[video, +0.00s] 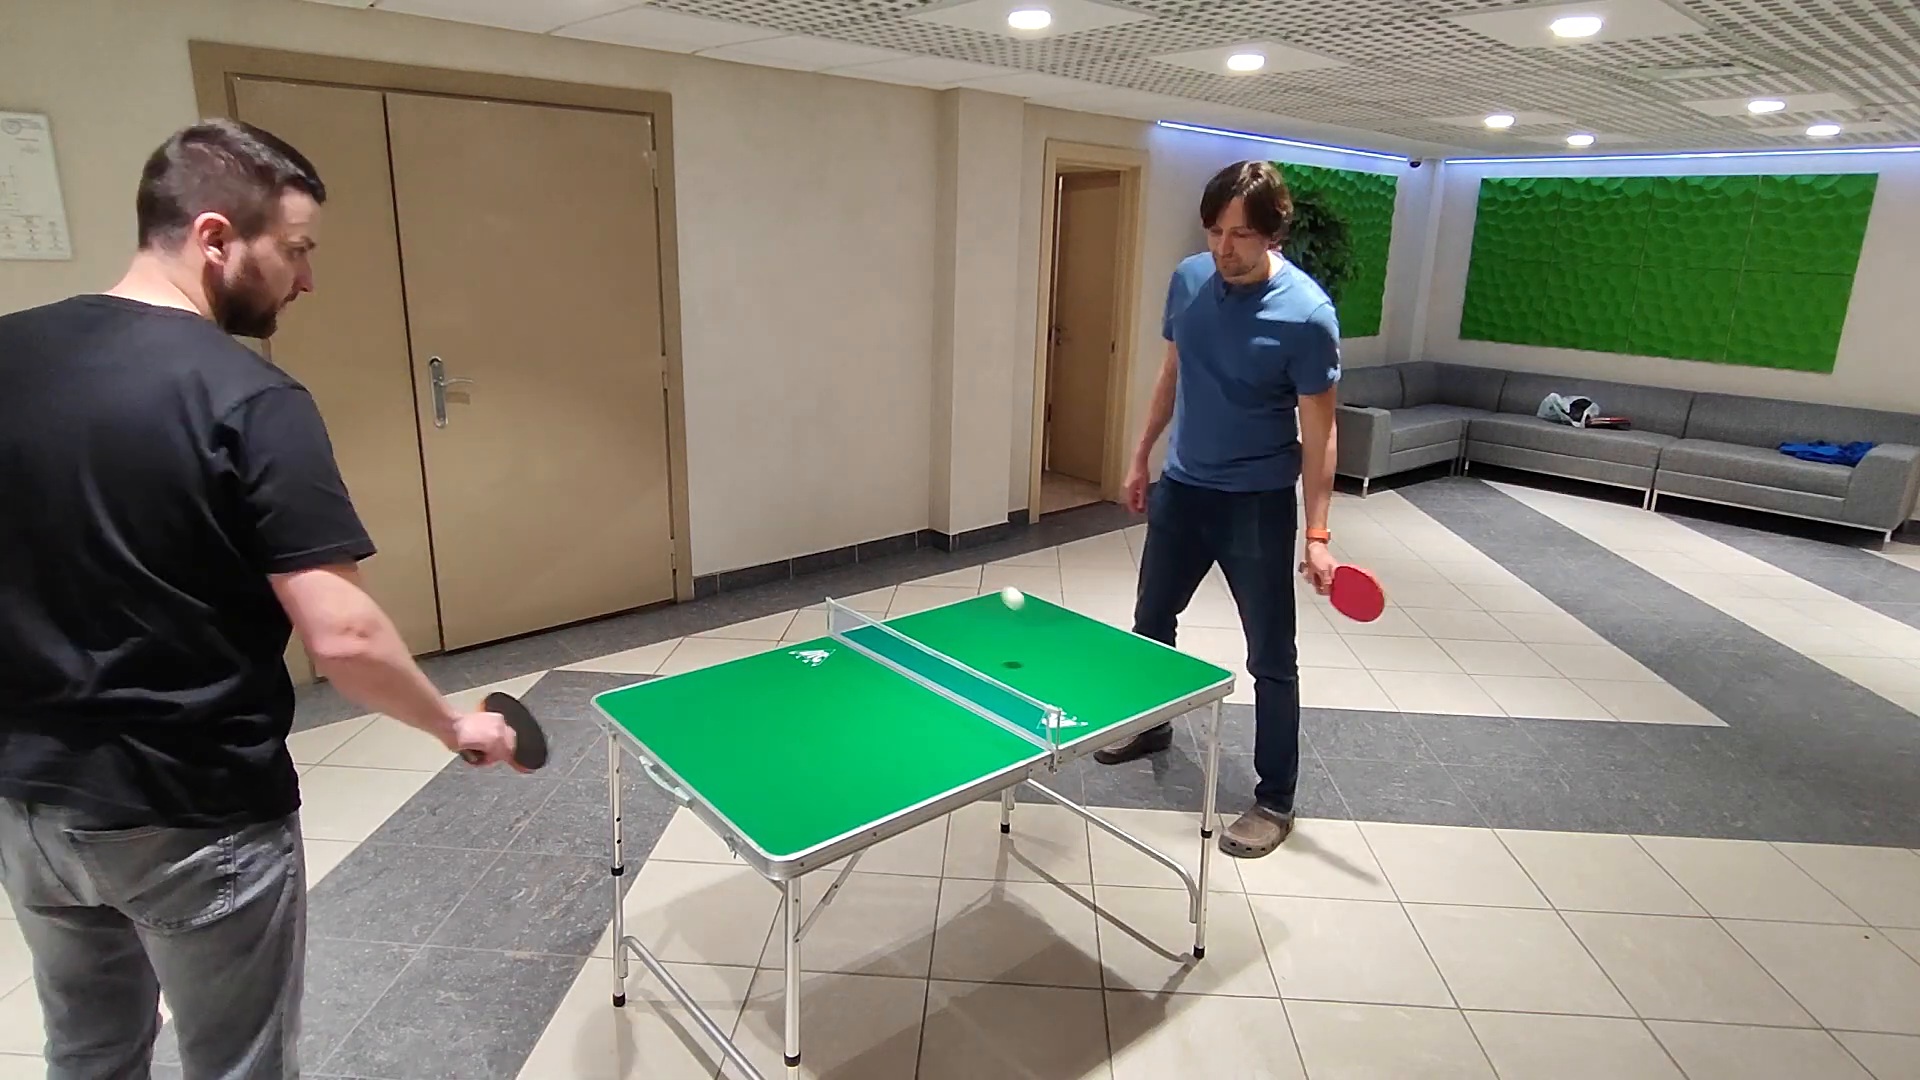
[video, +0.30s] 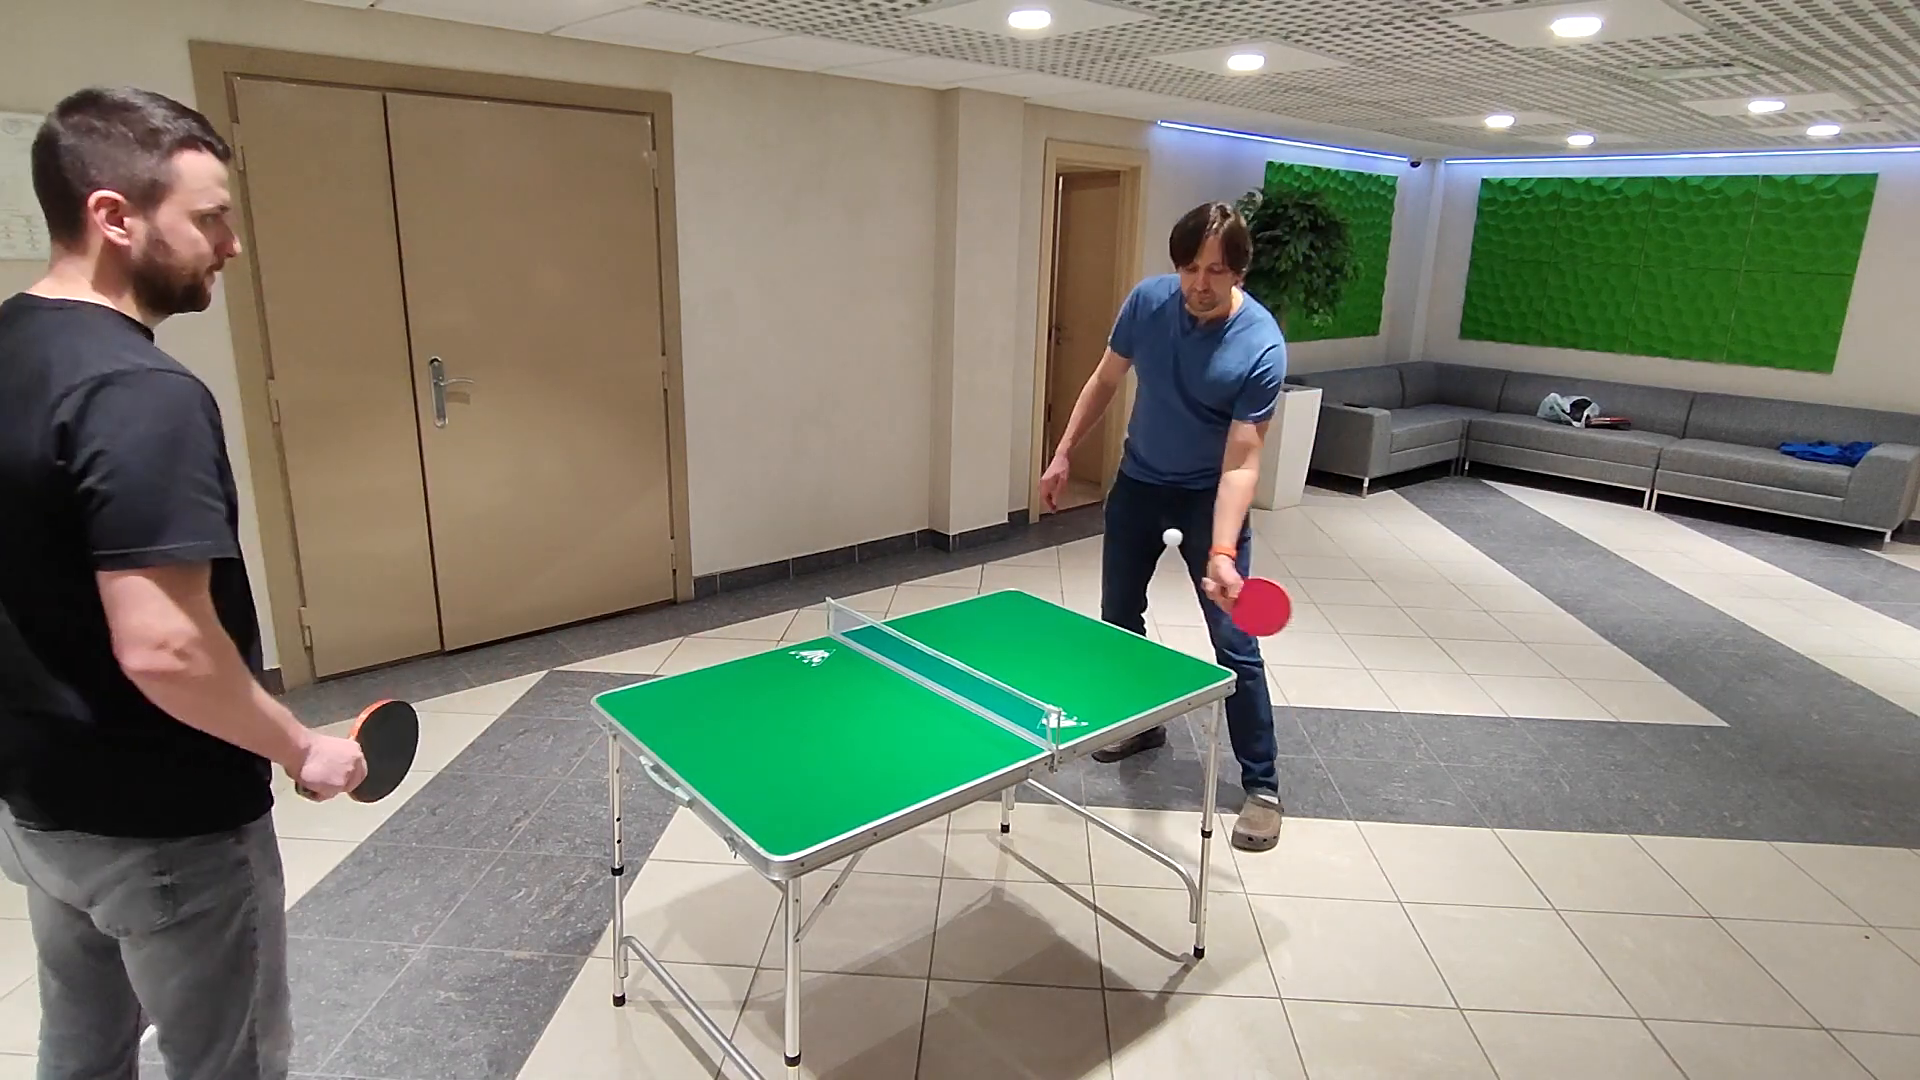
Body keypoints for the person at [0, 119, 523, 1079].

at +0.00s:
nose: (305, 280)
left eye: (310, 255)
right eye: (296, 251)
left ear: (203, 234)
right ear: (214, 238)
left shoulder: (15, 347)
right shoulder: (249, 396)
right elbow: (342, 637)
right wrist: (451, 723)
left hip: (28, 797)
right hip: (195, 811)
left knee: (89, 1061)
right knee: (239, 1064)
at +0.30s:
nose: (233, 246)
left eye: (230, 219)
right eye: (211, 218)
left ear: (111, 219)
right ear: (114, 218)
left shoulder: (13, 343)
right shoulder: (142, 392)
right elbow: (162, 644)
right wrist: (301, 748)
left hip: (41, 801)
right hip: (167, 827)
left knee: (83, 1055)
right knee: (232, 1063)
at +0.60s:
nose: (204, 253)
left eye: (202, 226)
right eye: (181, 223)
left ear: (80, 220)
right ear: (80, 216)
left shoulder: (29, 347)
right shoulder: (70, 382)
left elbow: (157, 543)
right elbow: (107, 637)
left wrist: (278, 635)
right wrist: (287, 729)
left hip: (48, 813)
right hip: (141, 831)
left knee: (74, 1058)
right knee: (228, 1061)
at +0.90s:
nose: (285, 299)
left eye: (287, 270)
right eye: (268, 265)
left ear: (165, 245)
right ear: (170, 244)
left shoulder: (13, 349)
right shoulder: (170, 413)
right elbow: (341, 626)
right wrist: (499, 732)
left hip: (19, 831)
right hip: (141, 849)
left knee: (61, 1065)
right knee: (219, 1064)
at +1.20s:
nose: (370, 331)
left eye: (375, 306)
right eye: (359, 301)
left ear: (254, 277)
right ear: (271, 281)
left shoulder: (39, 353)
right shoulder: (269, 445)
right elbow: (437, 656)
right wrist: (584, 776)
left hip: (6, 834)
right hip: (140, 857)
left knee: (50, 1065)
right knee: (215, 1067)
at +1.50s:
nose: (295, 277)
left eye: (294, 248)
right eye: (278, 246)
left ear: (171, 239)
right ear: (177, 239)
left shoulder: (18, 352)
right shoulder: (182, 422)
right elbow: (204, 688)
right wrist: (348, 822)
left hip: (36, 821)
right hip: (176, 847)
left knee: (90, 1056)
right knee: (269, 1063)